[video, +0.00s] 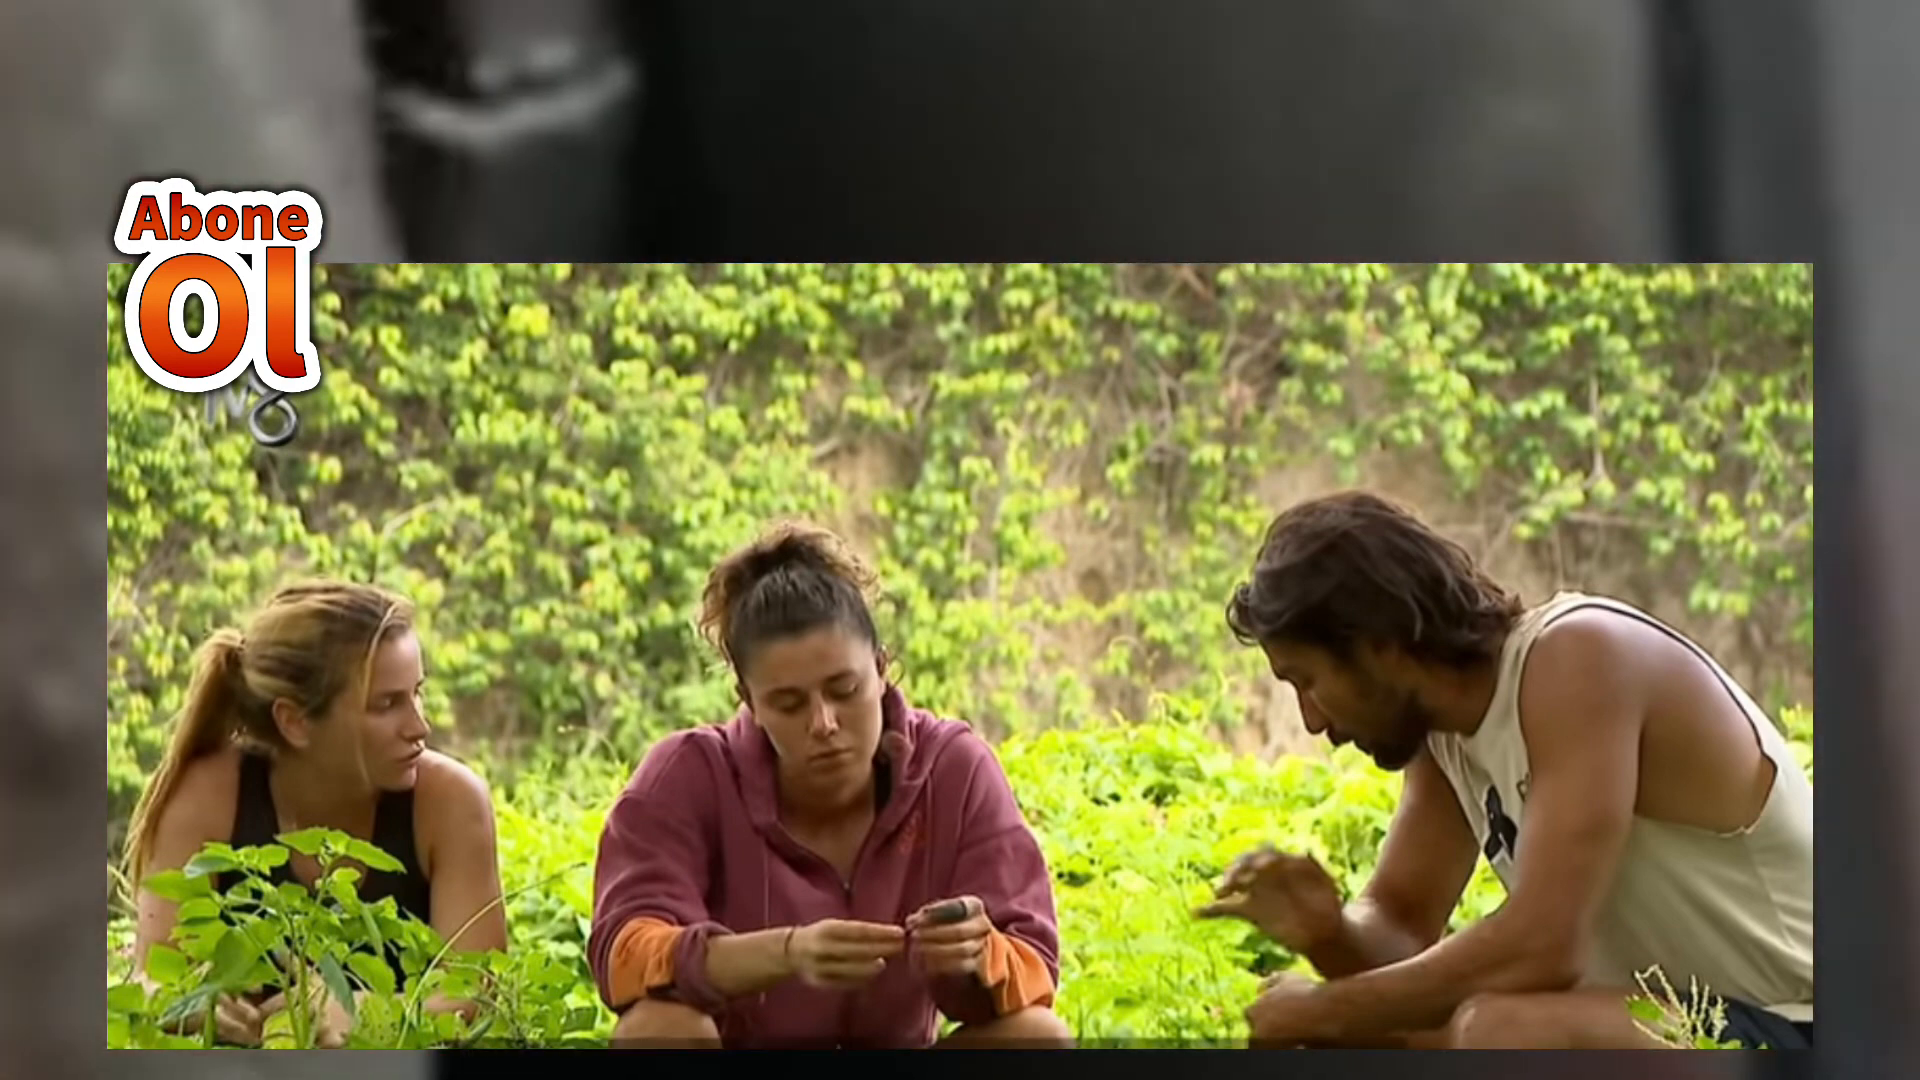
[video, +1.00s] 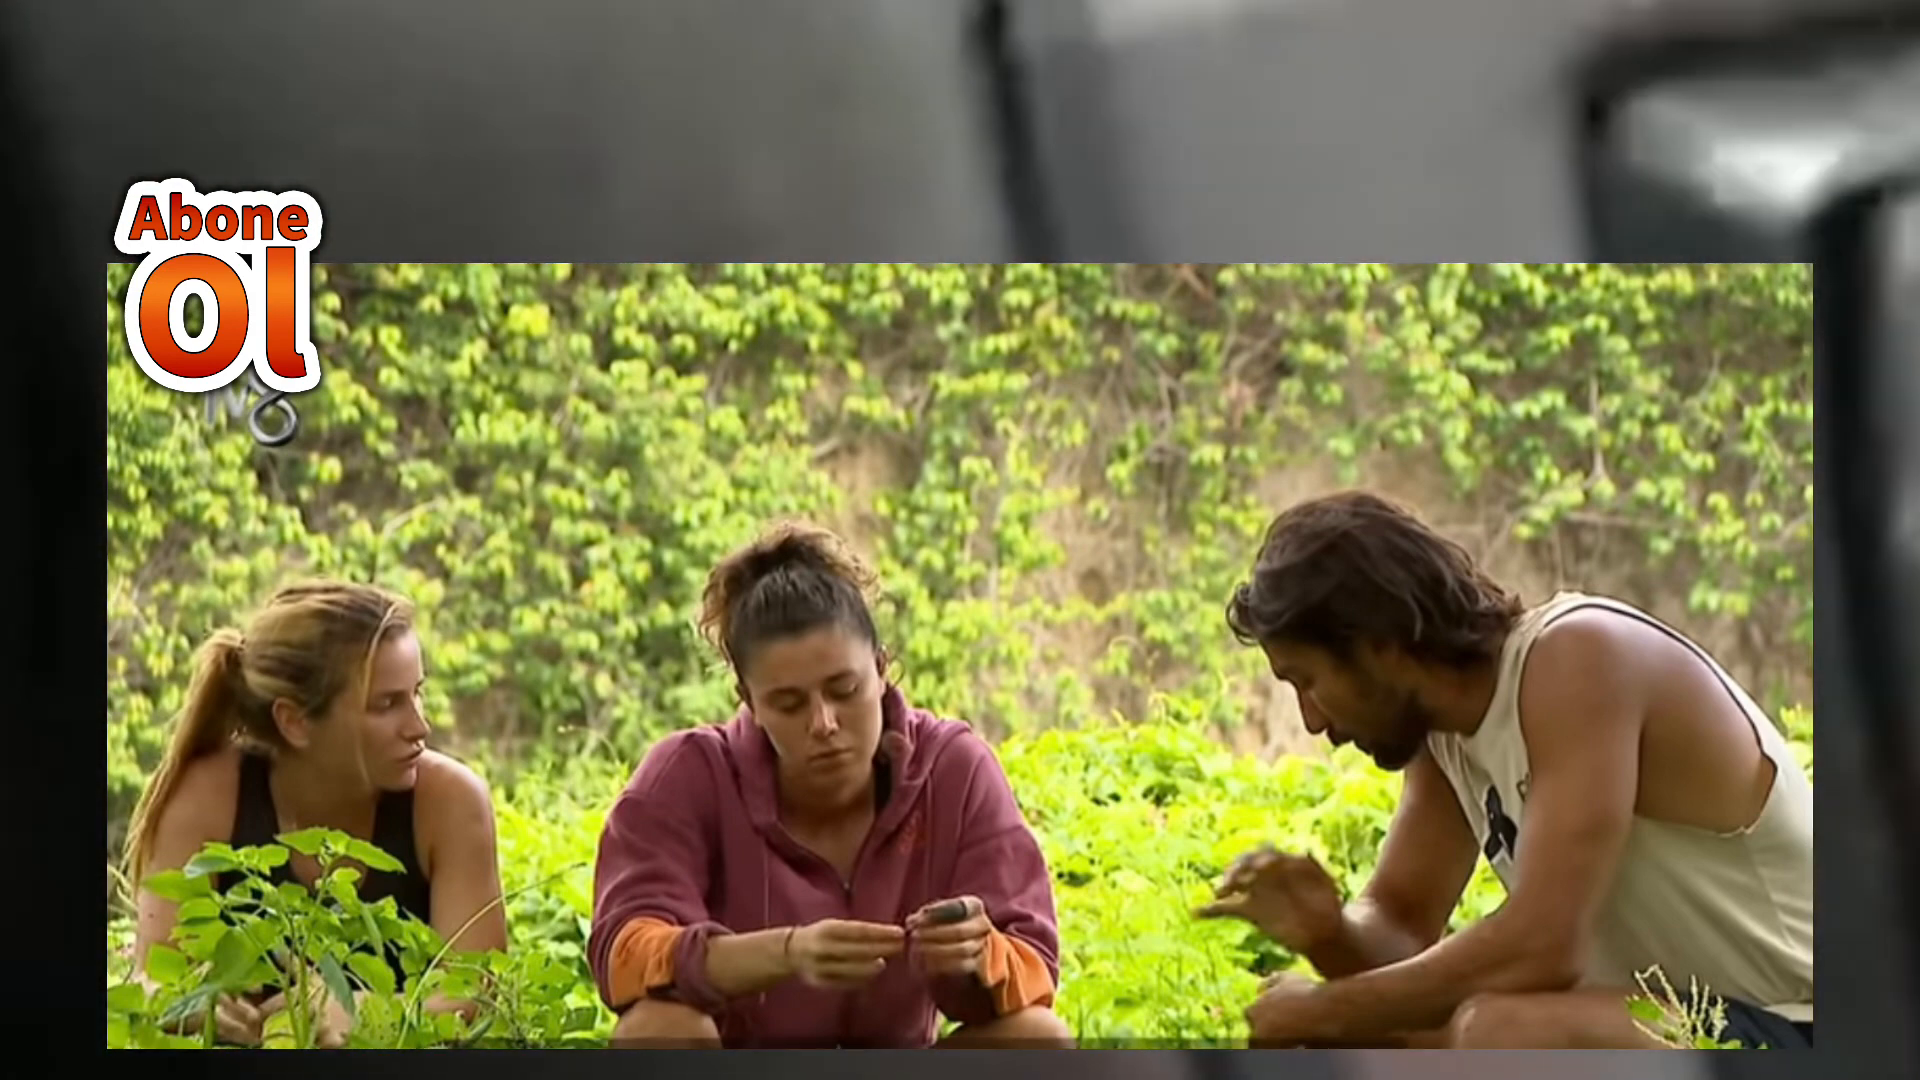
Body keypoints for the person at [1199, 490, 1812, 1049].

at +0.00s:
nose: (1310, 723)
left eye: (1306, 686)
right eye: (1295, 692)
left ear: (1385, 643)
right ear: (1385, 644)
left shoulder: (1584, 656)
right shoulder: (1451, 731)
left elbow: (1540, 950)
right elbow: (1403, 925)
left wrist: (1325, 1014)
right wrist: (1330, 933)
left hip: (1791, 1019)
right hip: (1661, 1006)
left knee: (1503, 1025)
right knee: (1379, 1027)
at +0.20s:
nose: (1311, 723)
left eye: (1306, 686)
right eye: (1295, 693)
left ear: (1383, 642)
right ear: (1383, 643)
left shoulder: (1584, 656)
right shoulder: (1450, 731)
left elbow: (1539, 950)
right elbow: (1403, 924)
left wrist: (1325, 1014)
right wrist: (1330, 933)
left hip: (1790, 1020)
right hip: (1658, 1006)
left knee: (1502, 1026)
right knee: (1379, 1027)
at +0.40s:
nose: (1311, 723)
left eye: (1306, 686)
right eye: (1295, 693)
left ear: (1383, 642)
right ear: (1383, 643)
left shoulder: (1584, 656)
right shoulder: (1450, 730)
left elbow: (1539, 950)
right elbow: (1403, 924)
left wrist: (1325, 1014)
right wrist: (1330, 933)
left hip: (1788, 1019)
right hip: (1656, 1004)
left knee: (1501, 1026)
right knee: (1377, 1029)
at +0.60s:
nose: (1310, 723)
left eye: (1306, 686)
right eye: (1295, 693)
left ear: (1385, 643)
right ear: (1385, 645)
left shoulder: (1584, 656)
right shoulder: (1451, 731)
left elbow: (1540, 950)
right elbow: (1403, 924)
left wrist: (1324, 1014)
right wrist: (1331, 933)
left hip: (1788, 1020)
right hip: (1659, 1004)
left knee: (1499, 1027)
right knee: (1378, 1027)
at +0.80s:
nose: (1310, 723)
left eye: (1306, 686)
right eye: (1295, 692)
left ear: (1385, 643)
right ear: (1385, 645)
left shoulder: (1584, 656)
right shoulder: (1451, 731)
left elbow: (1539, 950)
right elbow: (1402, 925)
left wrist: (1322, 1014)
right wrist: (1331, 933)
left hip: (1793, 1020)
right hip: (1658, 1005)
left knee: (1502, 1026)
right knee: (1364, 1034)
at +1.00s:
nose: (1310, 723)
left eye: (1305, 686)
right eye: (1295, 693)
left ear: (1385, 643)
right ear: (1385, 645)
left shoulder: (1584, 656)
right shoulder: (1451, 731)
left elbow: (1540, 950)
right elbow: (1403, 925)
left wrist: (1323, 1014)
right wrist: (1331, 933)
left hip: (1791, 1020)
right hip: (1659, 1004)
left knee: (1502, 1026)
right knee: (1375, 1032)